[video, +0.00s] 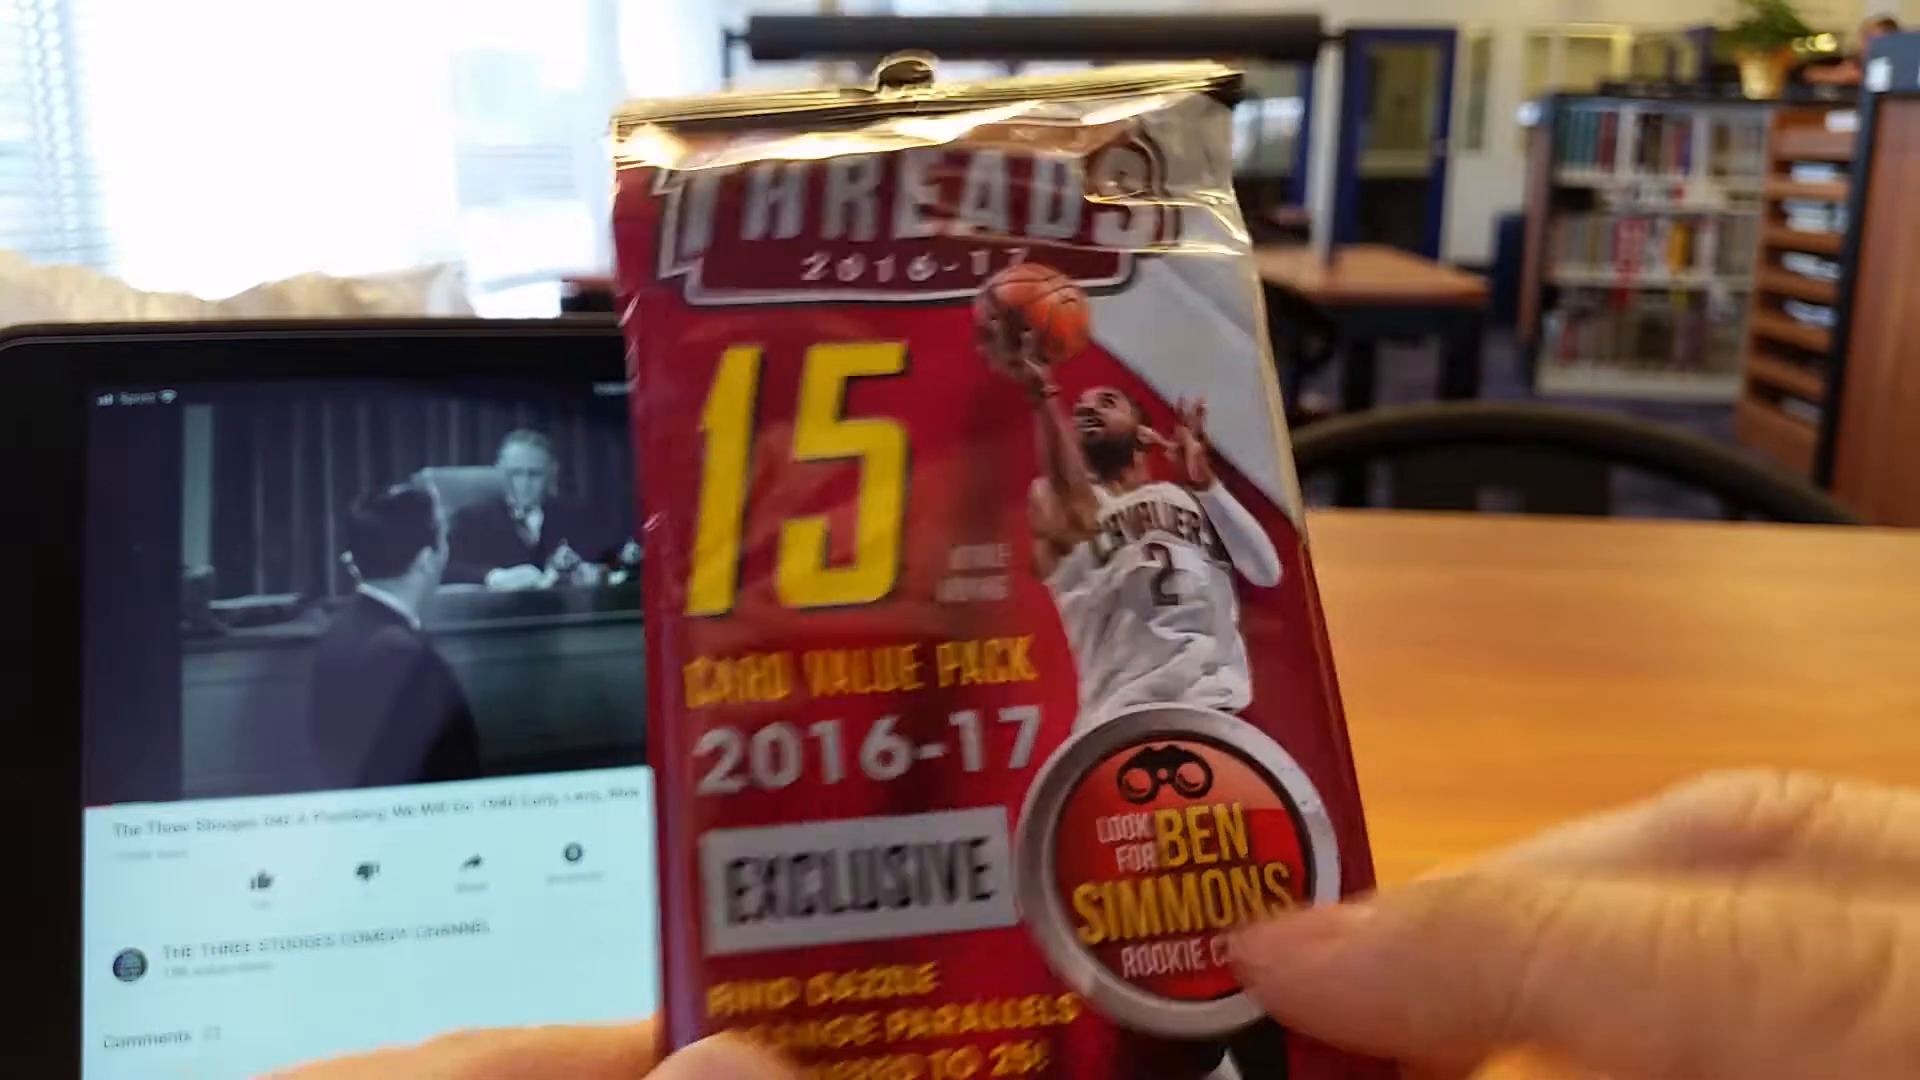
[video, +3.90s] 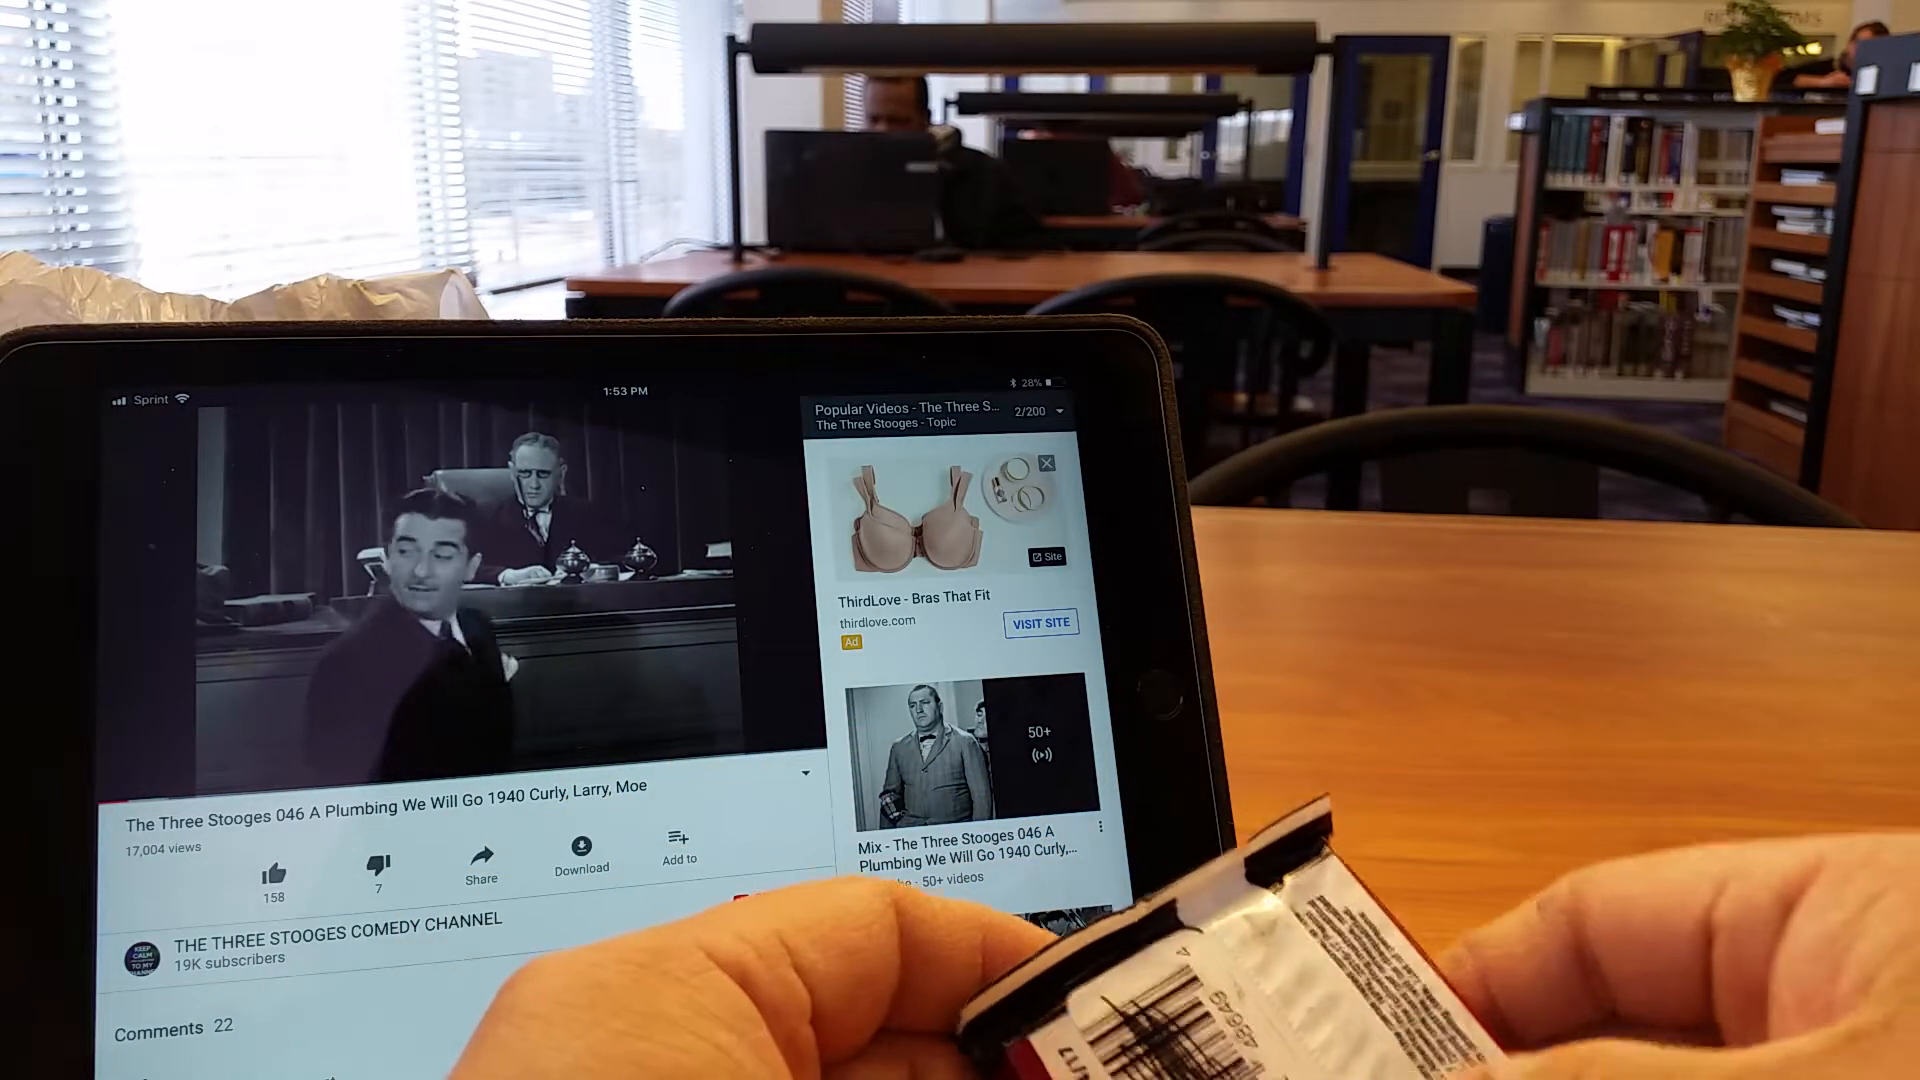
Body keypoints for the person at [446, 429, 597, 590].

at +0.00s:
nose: (524, 484)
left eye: (533, 474)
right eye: (515, 474)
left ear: (551, 474)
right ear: (500, 474)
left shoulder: (572, 519)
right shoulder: (474, 521)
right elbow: (450, 571)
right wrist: (492, 577)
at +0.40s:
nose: (523, 484)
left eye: (533, 474)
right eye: (514, 474)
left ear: (551, 475)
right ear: (500, 475)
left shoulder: (576, 518)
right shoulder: (474, 523)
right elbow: (450, 570)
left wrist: (593, 573)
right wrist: (491, 576)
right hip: (499, 638)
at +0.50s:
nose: (524, 484)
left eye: (534, 475)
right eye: (516, 474)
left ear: (552, 476)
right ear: (503, 474)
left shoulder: (577, 518)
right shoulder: (476, 521)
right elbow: (451, 569)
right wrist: (493, 577)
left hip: (570, 628)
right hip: (501, 633)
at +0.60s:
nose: (528, 484)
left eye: (538, 474)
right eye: (519, 474)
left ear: (556, 473)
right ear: (506, 472)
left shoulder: (579, 515)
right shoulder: (479, 519)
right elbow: (453, 570)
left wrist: (587, 570)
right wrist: (498, 576)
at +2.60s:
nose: (533, 485)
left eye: (543, 475)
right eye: (524, 474)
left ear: (560, 473)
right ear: (511, 470)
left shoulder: (585, 515)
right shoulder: (484, 519)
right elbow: (454, 569)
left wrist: (597, 569)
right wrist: (504, 576)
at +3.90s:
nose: (533, 484)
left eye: (543, 474)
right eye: (525, 474)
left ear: (561, 473)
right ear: (513, 472)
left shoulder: (585, 516)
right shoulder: (493, 520)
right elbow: (465, 568)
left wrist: (592, 571)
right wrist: (506, 576)